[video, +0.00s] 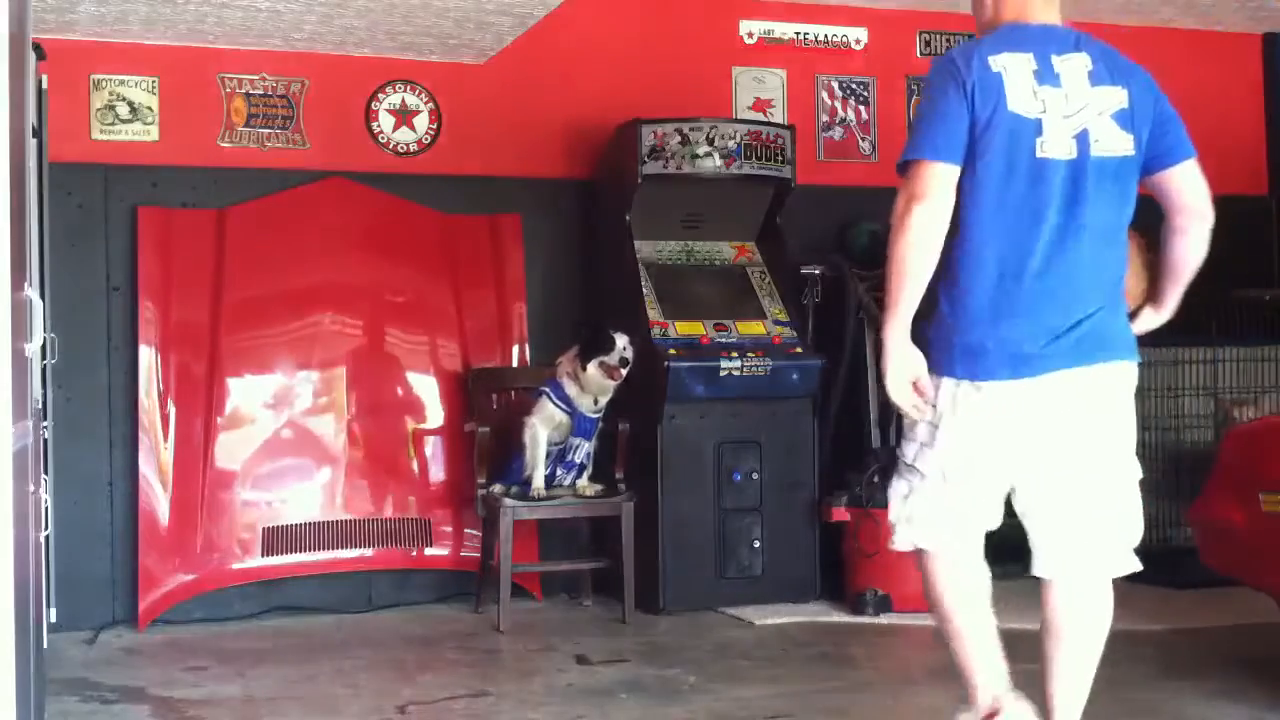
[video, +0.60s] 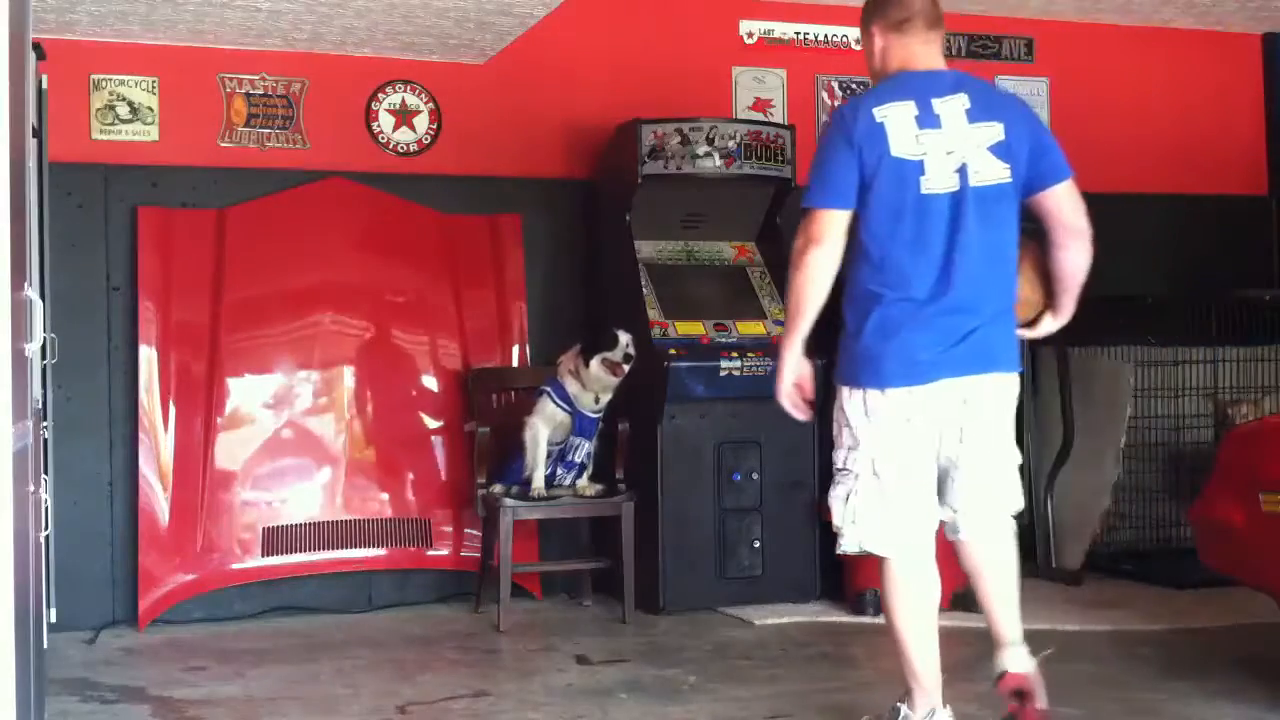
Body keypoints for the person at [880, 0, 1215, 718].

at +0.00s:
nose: (970, 9)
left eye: (972, 5)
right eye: (973, 7)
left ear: (989, 4)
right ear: (1059, 3)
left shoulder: (965, 68)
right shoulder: (1129, 78)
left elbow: (925, 201)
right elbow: (1193, 209)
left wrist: (896, 330)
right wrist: (1165, 299)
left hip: (978, 366)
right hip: (1096, 363)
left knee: (944, 532)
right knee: (1082, 556)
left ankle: (992, 698)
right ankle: (1065, 710)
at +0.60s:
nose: (864, 55)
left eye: (863, 41)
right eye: (866, 41)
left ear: (876, 37)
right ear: (943, 34)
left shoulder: (859, 119)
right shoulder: (1009, 109)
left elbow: (821, 244)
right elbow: (1072, 230)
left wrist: (793, 345)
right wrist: (1061, 312)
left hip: (892, 369)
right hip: (989, 361)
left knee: (904, 538)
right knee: (983, 516)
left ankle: (925, 703)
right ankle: (1015, 654)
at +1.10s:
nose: (843, 81)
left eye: (843, 71)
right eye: (846, 71)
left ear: (851, 66)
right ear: (914, 65)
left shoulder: (840, 135)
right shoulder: (969, 138)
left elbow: (805, 259)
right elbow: (994, 256)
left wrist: (809, 296)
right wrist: (937, 298)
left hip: (864, 363)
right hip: (944, 357)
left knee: (867, 523)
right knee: (933, 524)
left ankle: (921, 686)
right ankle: (902, 674)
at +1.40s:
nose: (828, 94)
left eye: (828, 82)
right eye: (830, 83)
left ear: (841, 77)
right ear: (898, 76)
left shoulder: (835, 137)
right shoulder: (954, 146)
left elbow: (796, 250)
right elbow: (961, 262)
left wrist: (767, 284)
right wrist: (887, 276)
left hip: (844, 364)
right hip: (930, 364)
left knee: (817, 509)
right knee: (920, 512)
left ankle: (850, 660)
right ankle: (914, 670)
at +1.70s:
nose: (788, 107)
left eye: (786, 96)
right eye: (788, 97)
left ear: (800, 87)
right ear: (851, 81)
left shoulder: (803, 146)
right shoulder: (916, 143)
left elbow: (786, 264)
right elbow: (950, 254)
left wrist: (775, 317)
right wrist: (897, 293)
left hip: (835, 367)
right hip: (915, 360)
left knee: (830, 520)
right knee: (907, 514)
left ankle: (842, 676)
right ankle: (910, 669)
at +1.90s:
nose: (766, 124)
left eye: (763, 113)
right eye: (764, 115)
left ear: (776, 99)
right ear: (829, 94)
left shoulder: (786, 150)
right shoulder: (897, 146)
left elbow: (777, 261)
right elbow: (927, 250)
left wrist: (763, 367)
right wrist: (892, 325)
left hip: (836, 367)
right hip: (919, 360)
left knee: (829, 522)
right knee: (908, 515)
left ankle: (842, 677)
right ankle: (915, 669)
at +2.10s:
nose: (749, 159)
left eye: (746, 148)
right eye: (746, 150)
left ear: (759, 130)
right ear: (801, 118)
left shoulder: (784, 173)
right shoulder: (868, 162)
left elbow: (781, 285)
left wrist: (767, 390)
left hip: (853, 366)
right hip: (935, 356)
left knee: (833, 522)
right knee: (924, 514)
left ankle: (843, 674)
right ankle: (957, 660)